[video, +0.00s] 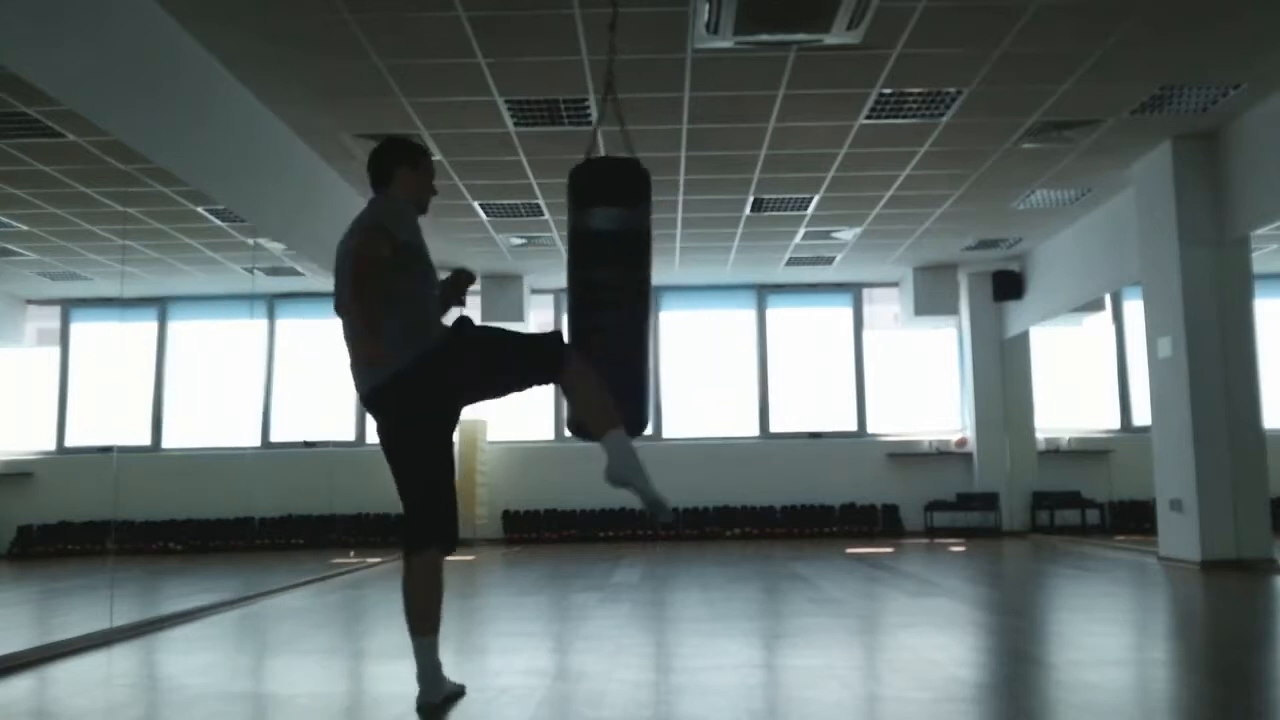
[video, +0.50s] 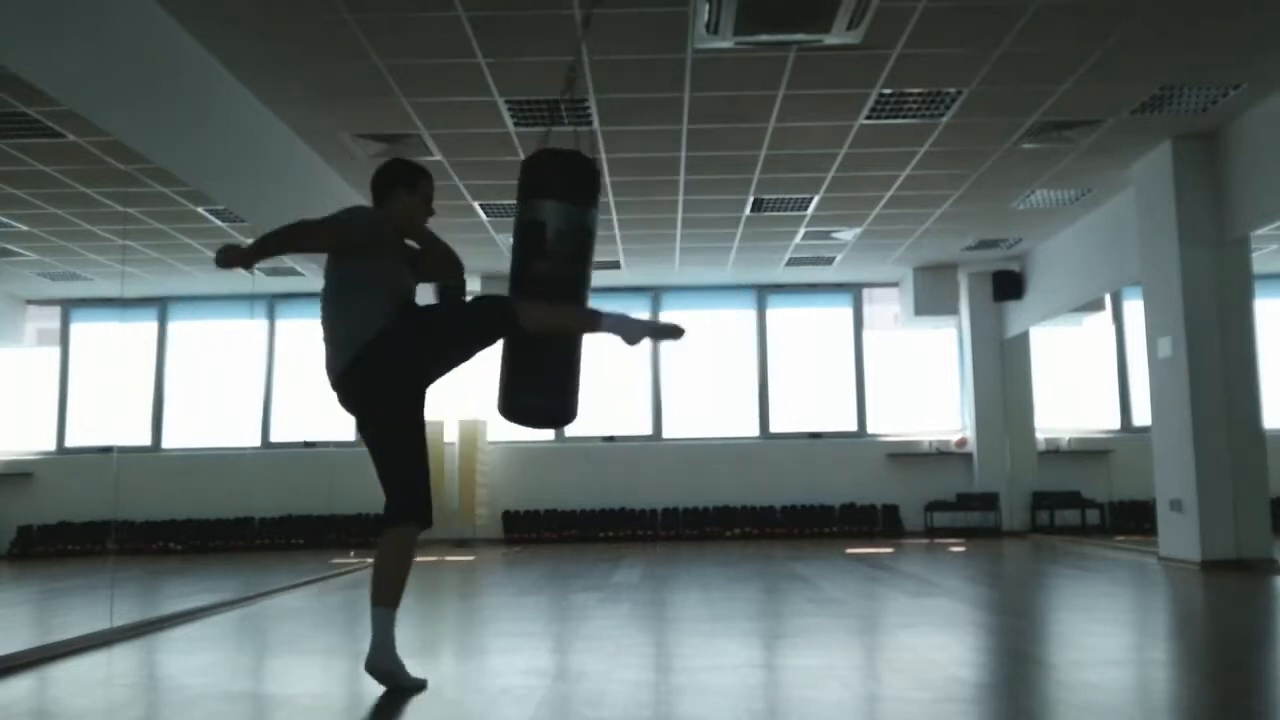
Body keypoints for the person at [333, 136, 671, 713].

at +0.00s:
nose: (434, 185)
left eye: (432, 176)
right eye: (427, 174)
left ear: (388, 176)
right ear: (403, 175)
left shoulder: (383, 236)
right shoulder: (383, 225)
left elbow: (402, 328)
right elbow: (362, 307)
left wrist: (445, 295)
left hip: (399, 397)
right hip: (434, 365)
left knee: (425, 535)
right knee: (562, 356)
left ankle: (430, 678)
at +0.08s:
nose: (410, 184)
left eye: (410, 176)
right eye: (405, 175)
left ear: (368, 174)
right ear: (380, 171)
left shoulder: (378, 222)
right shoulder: (358, 203)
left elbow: (425, 269)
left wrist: (428, 220)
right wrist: (258, 241)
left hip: (385, 385)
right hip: (417, 352)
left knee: (417, 516)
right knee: (528, 335)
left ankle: (412, 655)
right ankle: (633, 369)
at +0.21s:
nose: (370, 210)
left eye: (369, 201)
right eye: (361, 200)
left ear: (320, 205)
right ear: (329, 200)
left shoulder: (277, 258)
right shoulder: (348, 235)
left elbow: (219, 288)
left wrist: (253, 275)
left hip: (349, 408)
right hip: (393, 363)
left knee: (353, 539)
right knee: (520, 340)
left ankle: (323, 670)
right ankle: (643, 376)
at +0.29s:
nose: (375, 212)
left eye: (373, 202)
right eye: (369, 201)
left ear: (321, 201)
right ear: (339, 196)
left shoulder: (273, 256)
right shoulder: (360, 231)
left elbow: (199, 301)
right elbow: (372, 291)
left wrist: (189, 317)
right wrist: (406, 365)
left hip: (346, 403)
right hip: (399, 368)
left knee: (350, 538)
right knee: (523, 368)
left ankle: (324, 669)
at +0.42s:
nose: (479, 196)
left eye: (478, 185)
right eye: (473, 185)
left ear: (430, 186)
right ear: (447, 182)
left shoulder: (385, 236)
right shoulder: (456, 230)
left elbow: (319, 285)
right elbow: (492, 299)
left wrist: (258, 334)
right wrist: (466, 262)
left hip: (430, 391)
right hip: (461, 384)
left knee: (556, 326)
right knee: (475, 521)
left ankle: (629, 423)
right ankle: (451, 652)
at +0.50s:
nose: (428, 212)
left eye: (429, 203)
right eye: (424, 201)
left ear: (395, 196)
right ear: (399, 196)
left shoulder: (397, 252)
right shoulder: (364, 224)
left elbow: (452, 275)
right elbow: (300, 236)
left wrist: (418, 232)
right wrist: (249, 253)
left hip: (376, 387)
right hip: (390, 353)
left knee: (407, 514)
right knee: (500, 311)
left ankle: (381, 650)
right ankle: (623, 326)